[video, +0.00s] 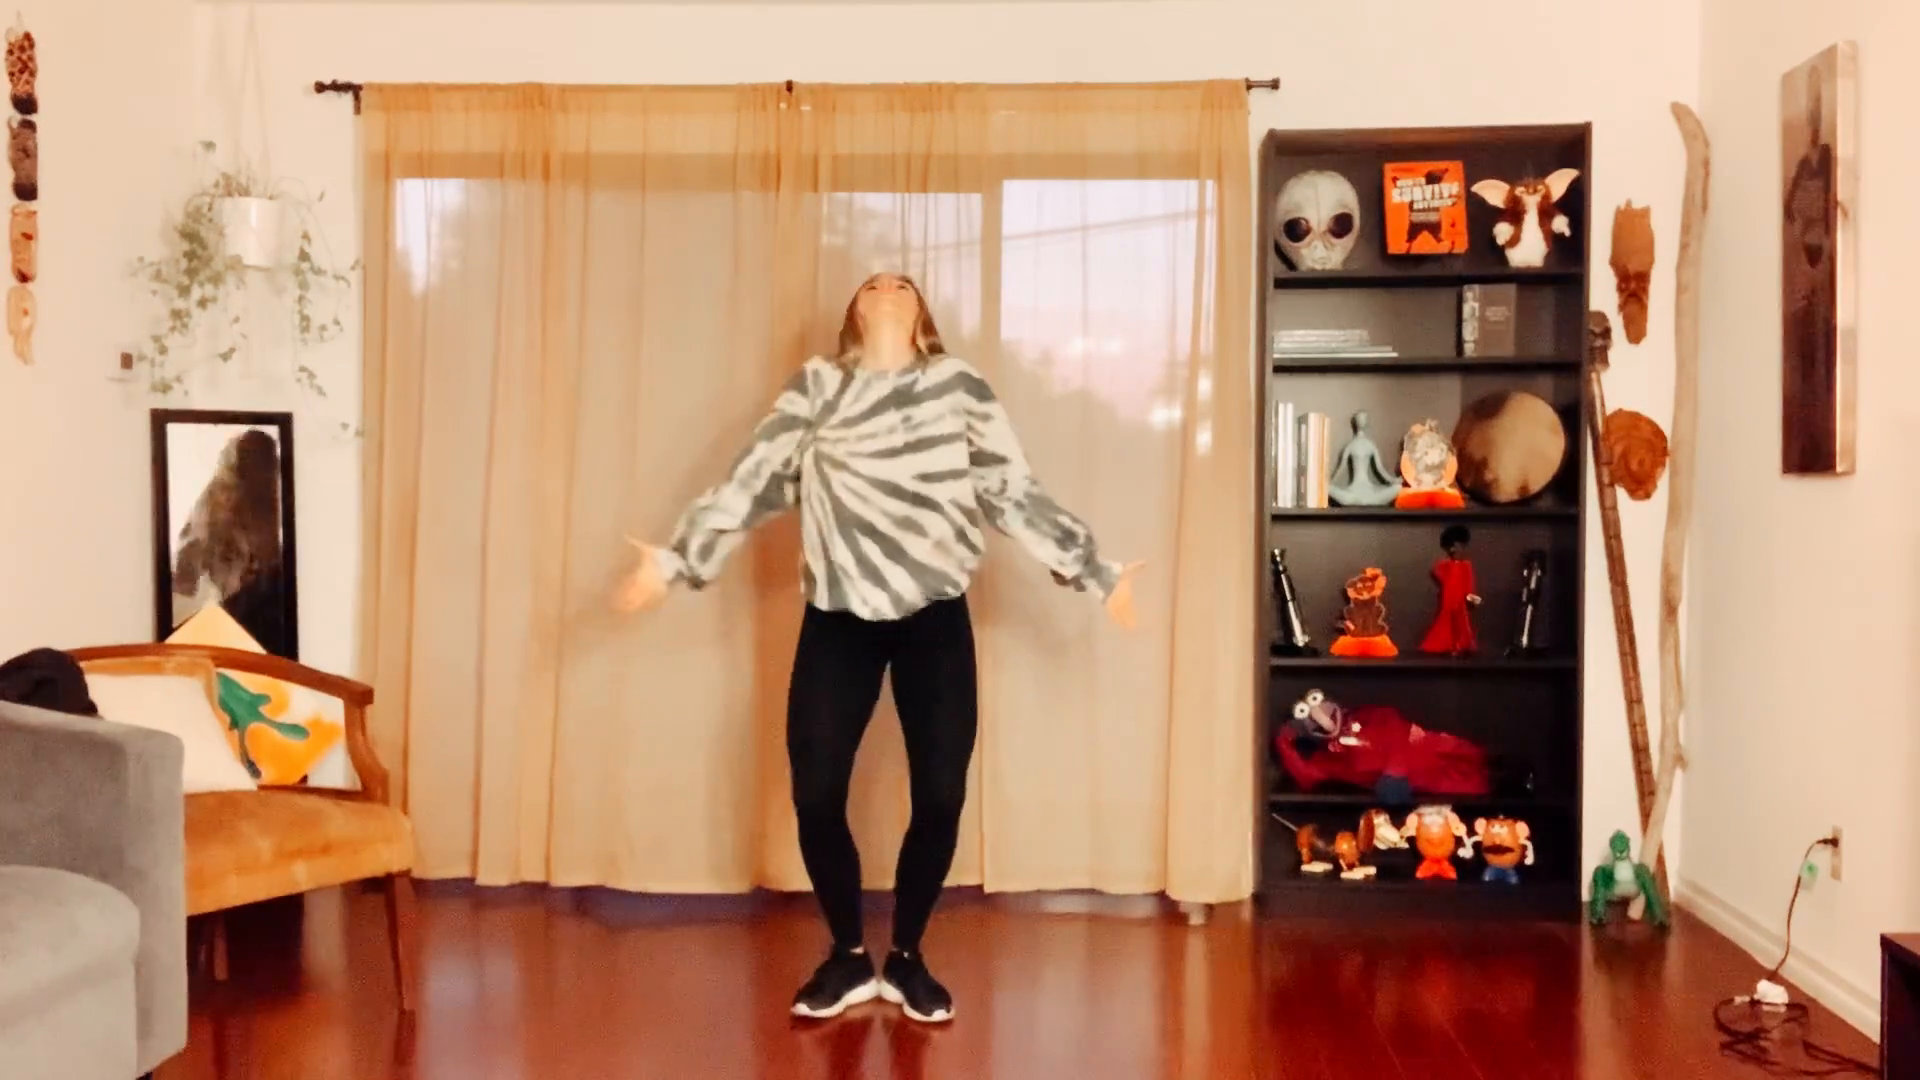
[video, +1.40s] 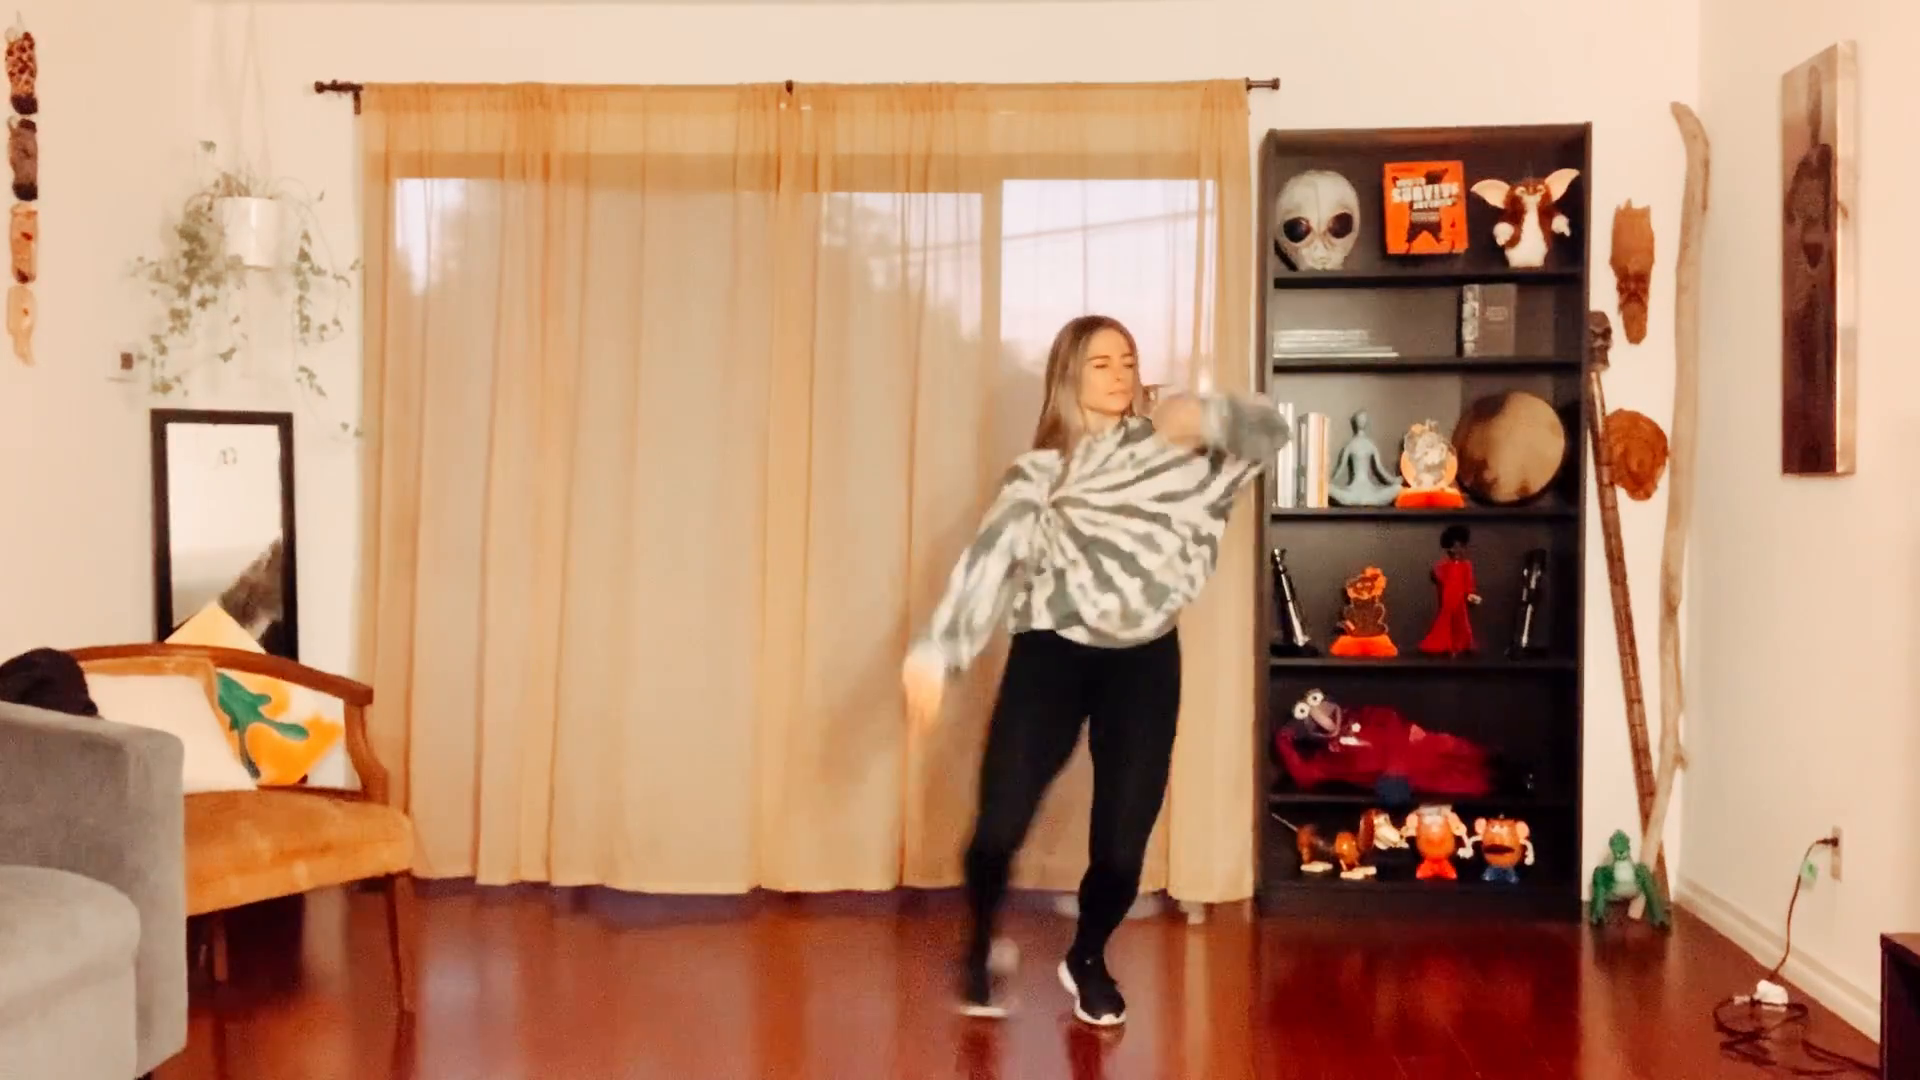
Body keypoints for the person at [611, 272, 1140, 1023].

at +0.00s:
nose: (885, 287)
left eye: (901, 286)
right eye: (871, 285)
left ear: (923, 323)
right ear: (851, 323)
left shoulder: (958, 386)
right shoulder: (820, 386)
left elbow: (1013, 492)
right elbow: (751, 479)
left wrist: (1096, 569)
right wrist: (674, 558)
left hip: (934, 615)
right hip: (839, 616)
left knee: (941, 797)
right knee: (815, 795)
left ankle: (905, 959)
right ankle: (849, 958)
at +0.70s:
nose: (889, 347)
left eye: (906, 343)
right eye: (878, 333)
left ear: (920, 367)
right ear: (849, 347)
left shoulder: (946, 446)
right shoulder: (807, 427)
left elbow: (1002, 560)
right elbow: (729, 438)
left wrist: (1073, 658)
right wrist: (667, 421)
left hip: (974, 640)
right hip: (878, 641)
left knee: (1054, 799)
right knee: (798, 800)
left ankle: (1038, 967)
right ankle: (760, 958)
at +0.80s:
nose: (952, 347)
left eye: (964, 339)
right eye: (937, 334)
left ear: (979, 357)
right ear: (906, 348)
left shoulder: (1007, 449)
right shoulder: (866, 430)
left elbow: (1072, 549)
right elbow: (792, 467)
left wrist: (1152, 605)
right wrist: (717, 456)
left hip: (987, 653)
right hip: (888, 648)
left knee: (1086, 800)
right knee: (801, 796)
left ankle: (1049, 969)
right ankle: (755, 955)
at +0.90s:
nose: (1018, 347)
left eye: (1033, 341)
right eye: (1004, 338)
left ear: (1054, 368)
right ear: (977, 359)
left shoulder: (1084, 462)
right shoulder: (934, 442)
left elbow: (1185, 508)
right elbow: (863, 522)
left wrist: (1303, 512)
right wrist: (800, 574)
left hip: (1002, 662)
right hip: (902, 647)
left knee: (1106, 805)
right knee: (807, 797)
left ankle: (1051, 969)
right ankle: (752, 955)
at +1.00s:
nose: (1055, 359)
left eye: (1070, 350)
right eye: (1040, 351)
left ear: (1091, 376)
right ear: (1021, 375)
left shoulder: (1129, 463)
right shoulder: (983, 459)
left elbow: (1236, 454)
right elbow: (925, 549)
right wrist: (865, 624)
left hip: (1028, 668)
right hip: (930, 650)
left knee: (1129, 817)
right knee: (831, 801)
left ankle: (1054, 972)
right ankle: (760, 954)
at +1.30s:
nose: (1108, 375)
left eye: (1118, 364)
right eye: (1089, 366)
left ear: (1132, 376)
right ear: (1059, 384)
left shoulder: (1176, 442)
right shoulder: (1034, 481)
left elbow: (1277, 435)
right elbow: (973, 597)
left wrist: (1242, 364)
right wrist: (924, 700)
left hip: (1121, 668)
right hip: (1025, 657)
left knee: (1139, 858)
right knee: (932, 820)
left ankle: (1082, 956)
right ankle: (877, 945)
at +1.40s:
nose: (1119, 373)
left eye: (1127, 362)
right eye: (1102, 363)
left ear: (1139, 375)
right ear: (1069, 376)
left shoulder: (1176, 463)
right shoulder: (1043, 473)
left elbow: (1272, 433)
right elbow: (988, 565)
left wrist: (1212, 413)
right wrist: (935, 650)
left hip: (1143, 661)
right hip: (1050, 656)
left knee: (1123, 847)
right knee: (998, 829)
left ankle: (1087, 957)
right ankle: (981, 952)